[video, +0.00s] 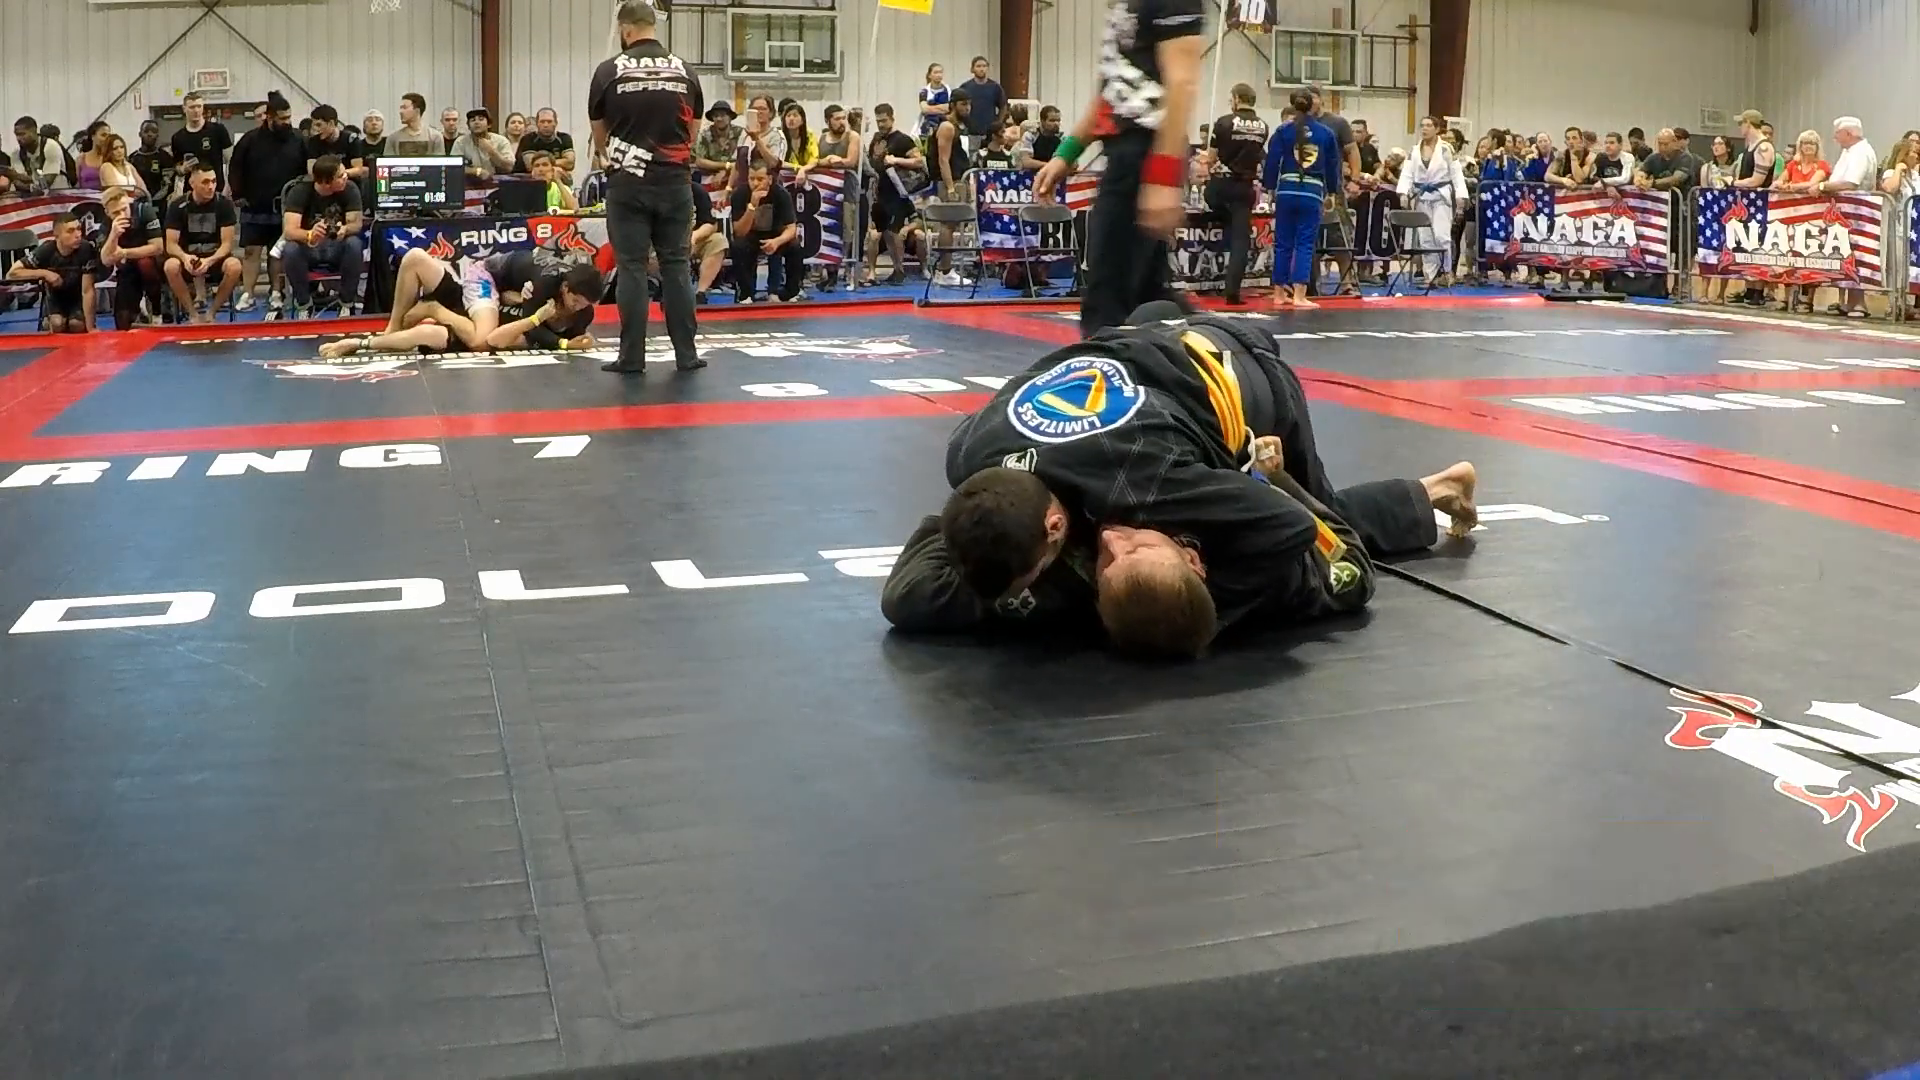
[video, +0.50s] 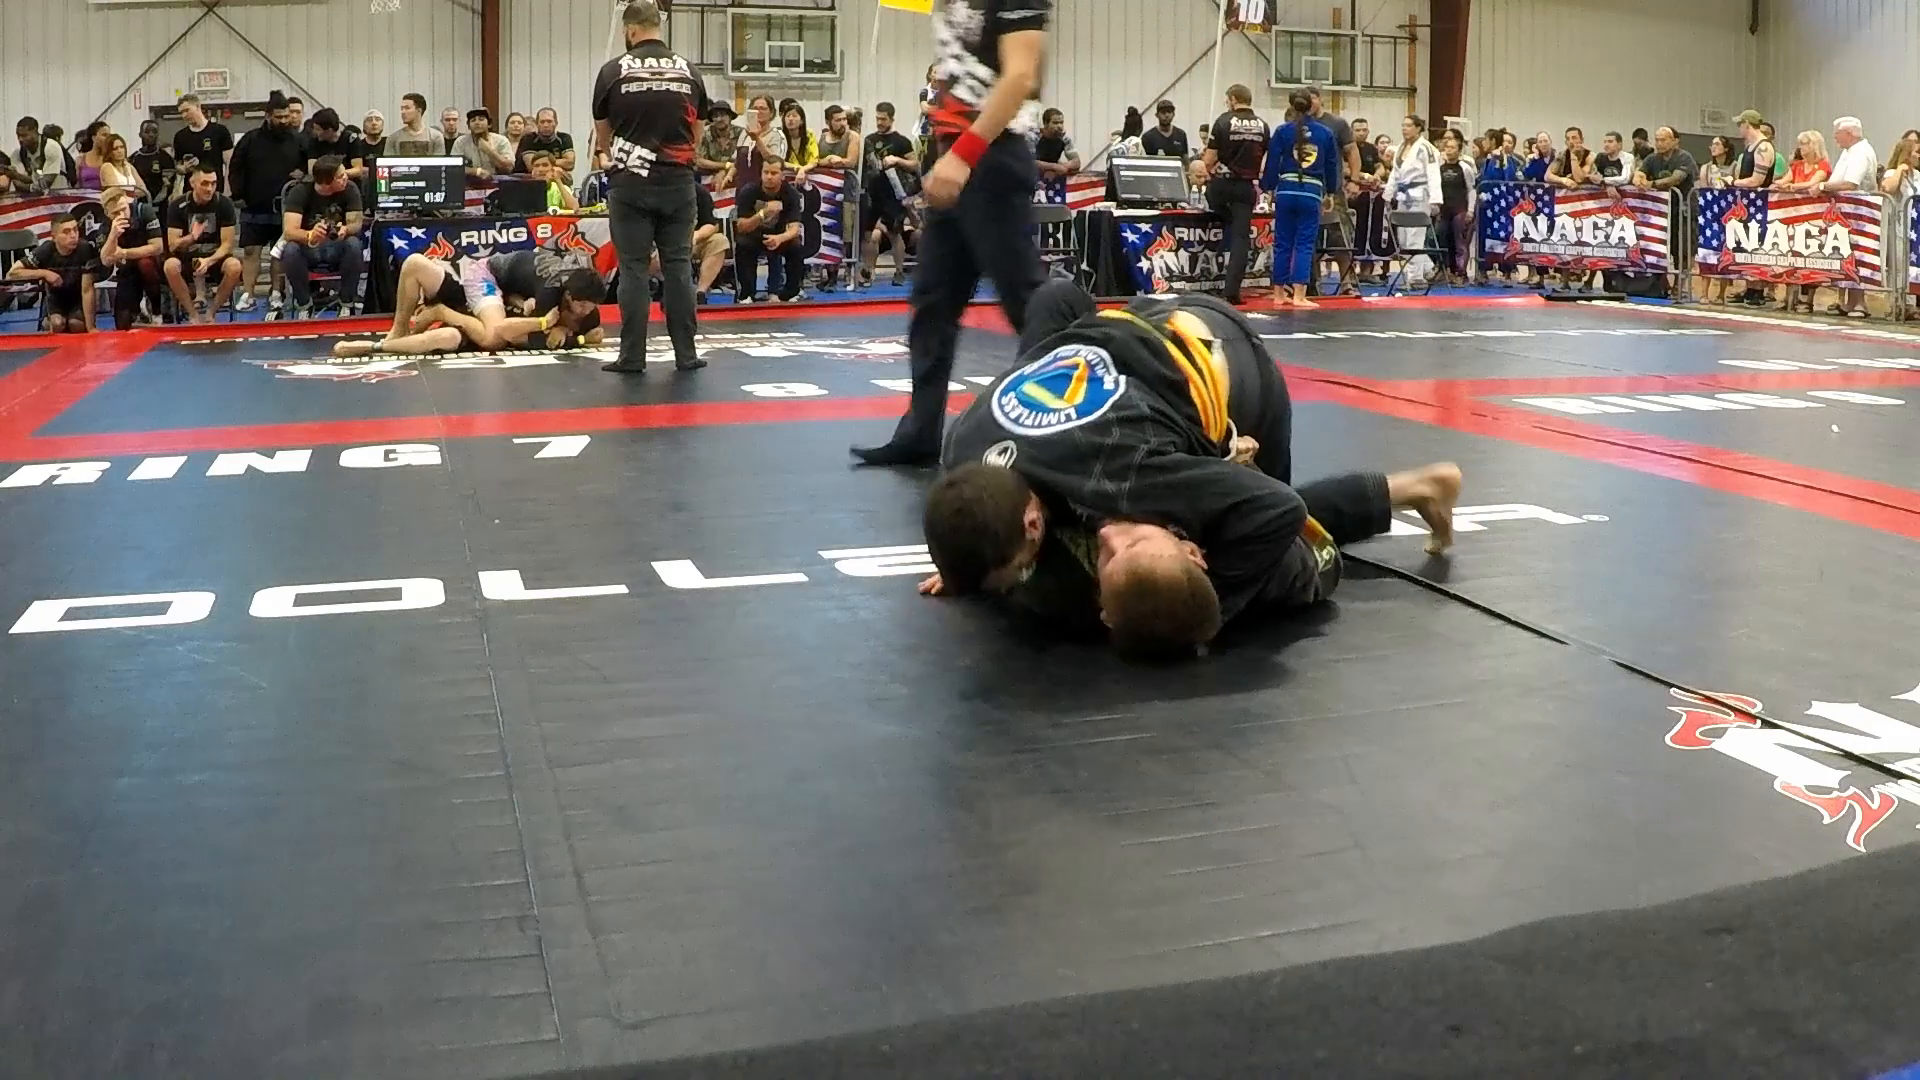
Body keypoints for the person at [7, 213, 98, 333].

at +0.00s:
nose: (78, 235)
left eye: (79, 229)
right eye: (71, 231)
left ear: (81, 229)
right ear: (56, 235)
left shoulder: (86, 249)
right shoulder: (47, 249)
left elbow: (88, 290)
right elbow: (13, 273)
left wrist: (91, 327)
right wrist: (44, 273)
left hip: (77, 292)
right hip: (55, 292)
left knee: (77, 325)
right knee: (57, 324)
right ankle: (46, 323)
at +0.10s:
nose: (77, 235)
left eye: (78, 229)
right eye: (70, 231)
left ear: (80, 229)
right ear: (55, 235)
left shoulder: (86, 249)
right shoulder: (47, 249)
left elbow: (88, 290)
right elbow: (12, 274)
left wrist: (91, 327)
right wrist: (44, 273)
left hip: (77, 292)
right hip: (54, 293)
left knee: (77, 324)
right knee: (58, 323)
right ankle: (45, 323)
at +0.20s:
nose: (76, 235)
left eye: (77, 229)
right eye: (69, 231)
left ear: (80, 229)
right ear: (55, 236)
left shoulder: (86, 249)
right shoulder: (47, 249)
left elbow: (88, 290)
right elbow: (12, 273)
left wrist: (91, 327)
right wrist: (44, 273)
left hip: (77, 293)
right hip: (54, 293)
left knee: (77, 324)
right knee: (58, 323)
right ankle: (45, 323)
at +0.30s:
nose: (75, 235)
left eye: (77, 230)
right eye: (68, 232)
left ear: (79, 230)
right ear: (55, 236)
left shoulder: (86, 249)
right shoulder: (47, 249)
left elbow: (88, 290)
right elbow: (12, 274)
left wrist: (91, 328)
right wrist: (44, 273)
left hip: (78, 294)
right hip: (55, 295)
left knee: (77, 325)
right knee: (58, 324)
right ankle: (45, 323)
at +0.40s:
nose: (74, 235)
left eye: (76, 230)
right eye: (68, 232)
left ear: (79, 230)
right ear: (54, 236)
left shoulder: (86, 249)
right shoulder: (47, 249)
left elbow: (88, 290)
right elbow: (12, 274)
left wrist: (92, 328)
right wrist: (44, 273)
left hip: (78, 294)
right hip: (55, 294)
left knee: (77, 324)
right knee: (57, 323)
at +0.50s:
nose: (73, 235)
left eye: (75, 230)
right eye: (66, 232)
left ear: (78, 231)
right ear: (54, 236)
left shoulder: (85, 249)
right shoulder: (47, 249)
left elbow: (87, 289)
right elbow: (12, 274)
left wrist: (91, 327)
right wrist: (44, 273)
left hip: (78, 294)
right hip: (55, 294)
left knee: (77, 325)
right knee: (58, 323)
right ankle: (46, 324)